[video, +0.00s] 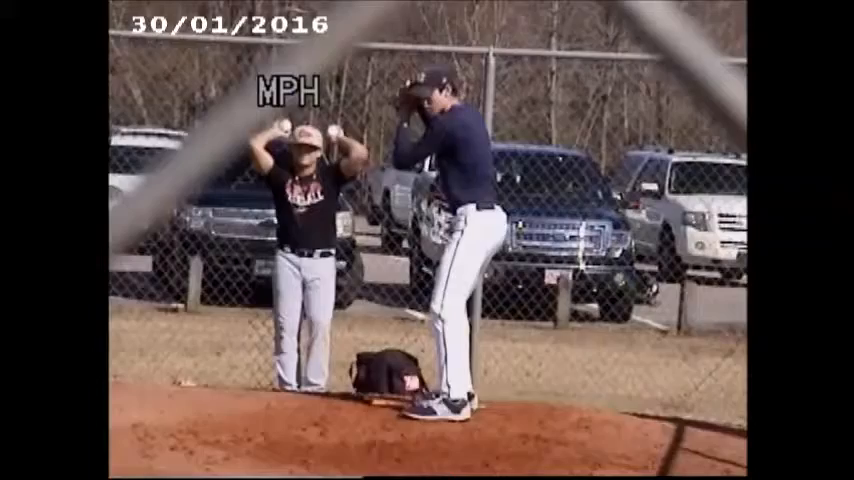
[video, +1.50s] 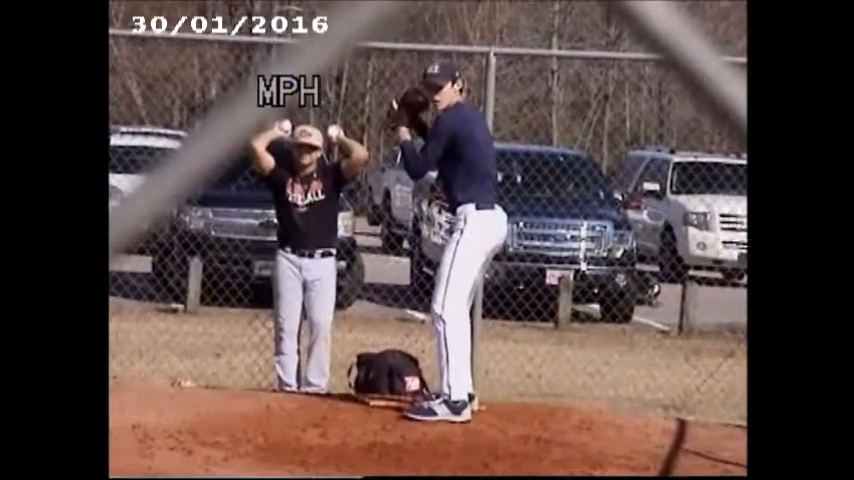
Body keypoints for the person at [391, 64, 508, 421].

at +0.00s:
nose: (423, 108)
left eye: (426, 100)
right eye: (421, 101)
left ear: (445, 92)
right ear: (446, 94)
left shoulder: (448, 123)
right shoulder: (468, 116)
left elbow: (403, 159)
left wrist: (404, 116)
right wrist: (418, 112)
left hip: (473, 218)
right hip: (487, 215)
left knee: (445, 306)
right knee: (452, 305)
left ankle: (455, 395)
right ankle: (460, 390)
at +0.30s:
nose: (423, 106)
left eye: (426, 98)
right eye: (420, 100)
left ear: (446, 91)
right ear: (446, 92)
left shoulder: (449, 122)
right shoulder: (468, 115)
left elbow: (404, 160)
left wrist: (405, 118)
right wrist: (418, 113)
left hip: (474, 218)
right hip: (487, 215)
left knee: (445, 305)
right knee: (451, 305)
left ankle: (455, 395)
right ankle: (460, 390)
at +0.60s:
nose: (429, 106)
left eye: (433, 99)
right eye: (427, 100)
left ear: (453, 93)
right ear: (451, 96)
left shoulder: (453, 125)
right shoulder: (471, 121)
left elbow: (420, 173)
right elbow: (434, 168)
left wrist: (407, 137)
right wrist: (420, 135)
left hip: (475, 222)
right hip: (489, 219)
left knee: (447, 309)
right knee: (453, 309)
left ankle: (456, 400)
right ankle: (461, 395)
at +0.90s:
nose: (435, 94)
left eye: (440, 87)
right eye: (433, 88)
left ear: (459, 86)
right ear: (449, 90)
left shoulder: (452, 120)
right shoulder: (472, 117)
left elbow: (420, 168)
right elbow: (433, 163)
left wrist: (406, 133)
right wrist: (419, 132)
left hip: (474, 218)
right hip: (489, 216)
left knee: (447, 306)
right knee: (455, 305)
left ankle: (455, 396)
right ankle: (461, 392)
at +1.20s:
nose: (435, 92)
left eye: (441, 86)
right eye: (433, 86)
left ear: (460, 86)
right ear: (443, 88)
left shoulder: (451, 120)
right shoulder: (471, 116)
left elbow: (419, 167)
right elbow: (433, 161)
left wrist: (405, 130)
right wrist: (418, 127)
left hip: (473, 218)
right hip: (488, 216)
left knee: (446, 306)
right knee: (456, 306)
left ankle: (455, 396)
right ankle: (461, 391)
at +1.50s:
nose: (432, 94)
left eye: (439, 87)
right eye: (430, 87)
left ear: (459, 86)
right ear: (447, 88)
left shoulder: (450, 119)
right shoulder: (470, 116)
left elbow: (417, 167)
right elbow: (435, 162)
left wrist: (404, 137)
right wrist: (414, 138)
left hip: (473, 218)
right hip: (487, 216)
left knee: (446, 307)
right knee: (456, 306)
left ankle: (455, 396)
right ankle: (461, 392)